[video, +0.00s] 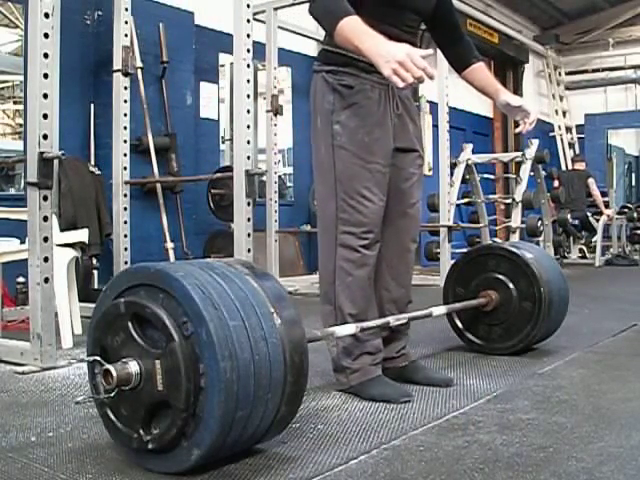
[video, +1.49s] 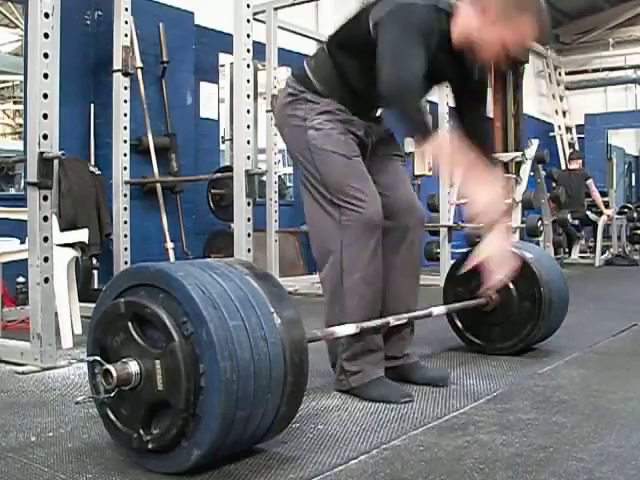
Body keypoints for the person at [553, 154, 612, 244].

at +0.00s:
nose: (584, 167)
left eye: (582, 165)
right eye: (584, 165)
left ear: (572, 165)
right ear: (584, 165)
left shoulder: (562, 175)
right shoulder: (586, 175)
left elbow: (555, 191)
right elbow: (595, 193)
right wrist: (604, 210)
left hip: (563, 213)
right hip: (579, 212)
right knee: (593, 232)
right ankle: (585, 245)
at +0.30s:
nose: (581, 164)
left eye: (581, 162)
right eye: (581, 162)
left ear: (570, 162)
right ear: (581, 163)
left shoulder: (561, 174)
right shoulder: (584, 174)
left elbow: (555, 192)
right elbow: (594, 192)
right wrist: (604, 210)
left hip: (562, 213)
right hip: (579, 212)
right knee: (594, 231)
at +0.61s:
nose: (581, 163)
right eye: (580, 161)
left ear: (567, 162)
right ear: (579, 162)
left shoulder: (560, 174)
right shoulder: (583, 173)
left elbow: (555, 192)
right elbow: (593, 192)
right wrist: (604, 210)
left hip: (563, 214)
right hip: (579, 212)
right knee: (593, 231)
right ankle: (584, 246)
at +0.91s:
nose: (581, 163)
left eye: (580, 160)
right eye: (580, 160)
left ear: (567, 162)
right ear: (578, 161)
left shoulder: (559, 175)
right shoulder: (583, 174)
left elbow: (554, 196)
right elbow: (593, 192)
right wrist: (604, 210)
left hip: (562, 214)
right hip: (578, 213)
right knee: (593, 230)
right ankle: (584, 246)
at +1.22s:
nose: (581, 163)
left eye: (580, 161)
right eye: (580, 161)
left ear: (567, 162)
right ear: (578, 161)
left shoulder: (559, 174)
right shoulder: (583, 174)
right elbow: (593, 192)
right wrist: (604, 210)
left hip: (562, 213)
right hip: (579, 213)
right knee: (593, 225)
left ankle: (564, 248)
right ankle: (586, 248)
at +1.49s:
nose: (581, 163)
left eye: (580, 161)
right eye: (581, 161)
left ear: (568, 162)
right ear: (579, 162)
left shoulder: (560, 175)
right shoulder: (583, 174)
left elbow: (555, 194)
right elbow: (594, 192)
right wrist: (603, 209)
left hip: (562, 214)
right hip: (579, 213)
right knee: (597, 222)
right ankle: (598, 251)